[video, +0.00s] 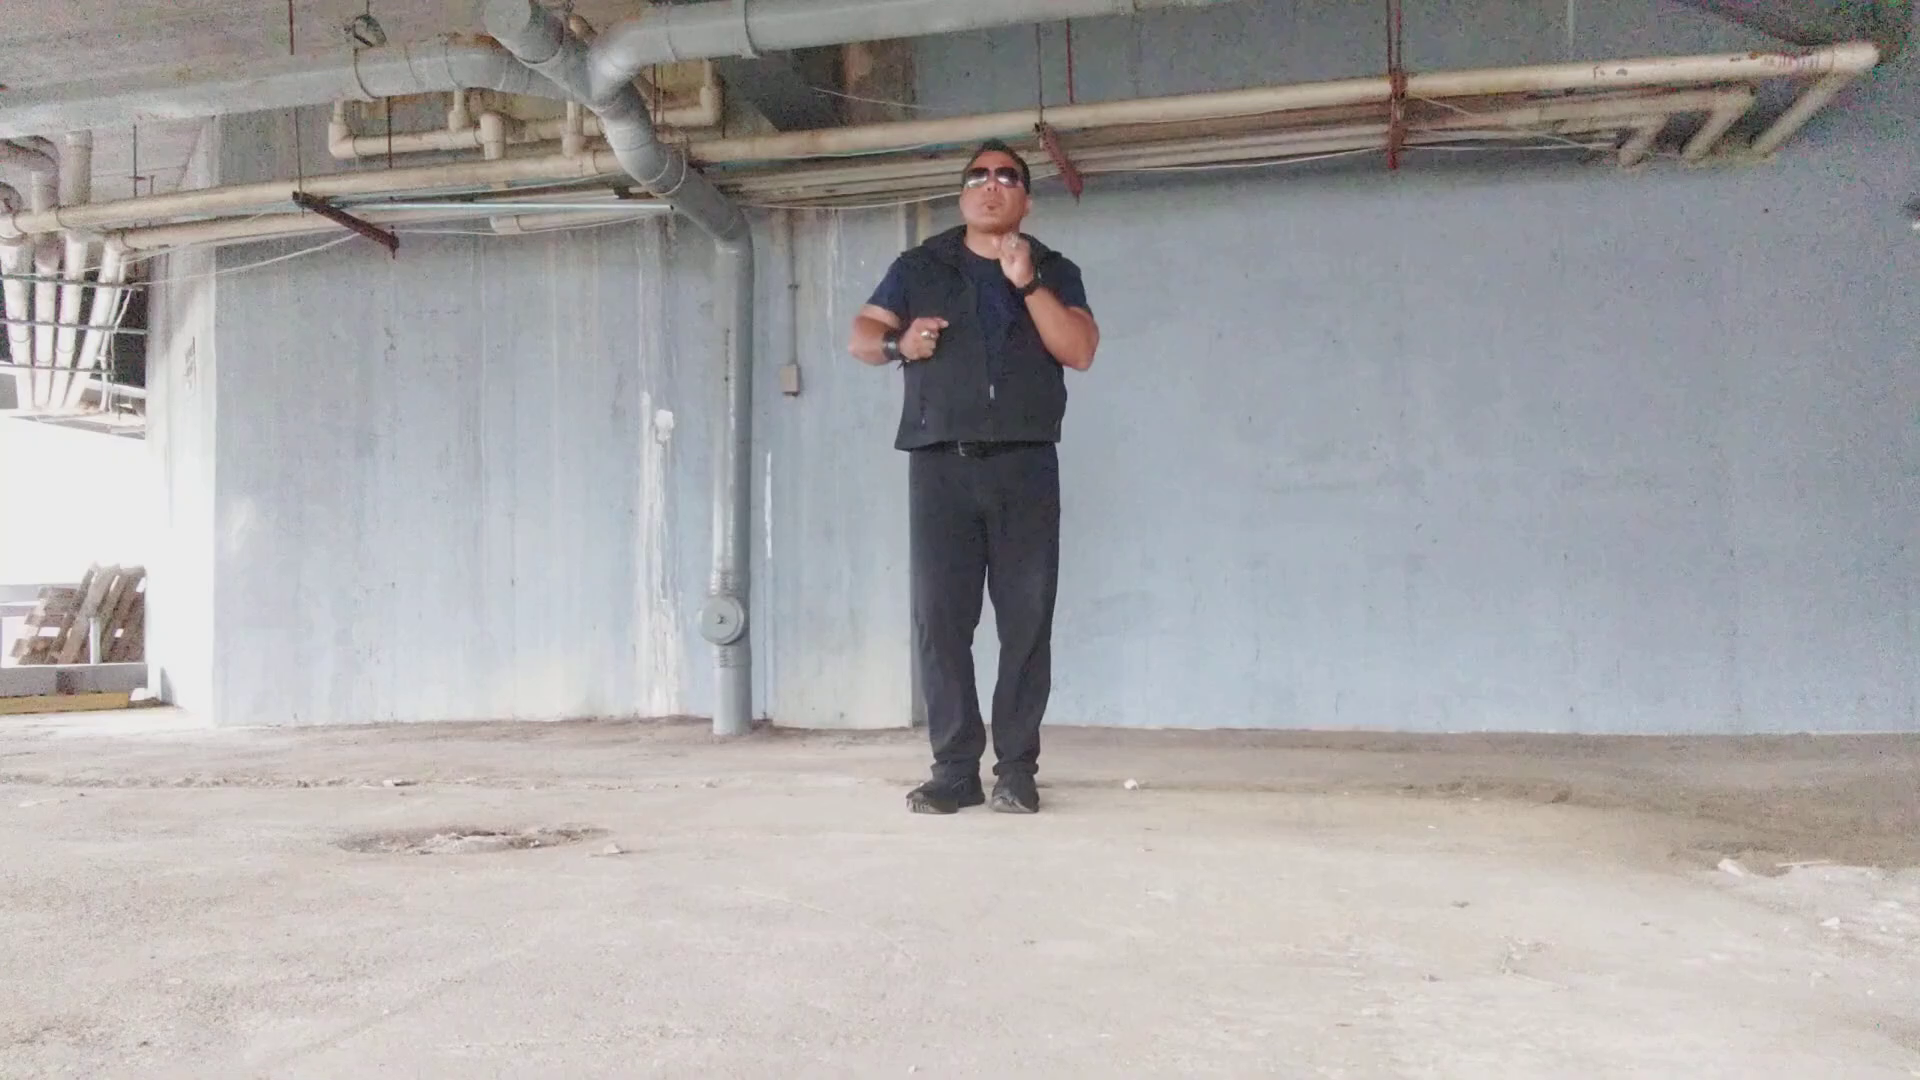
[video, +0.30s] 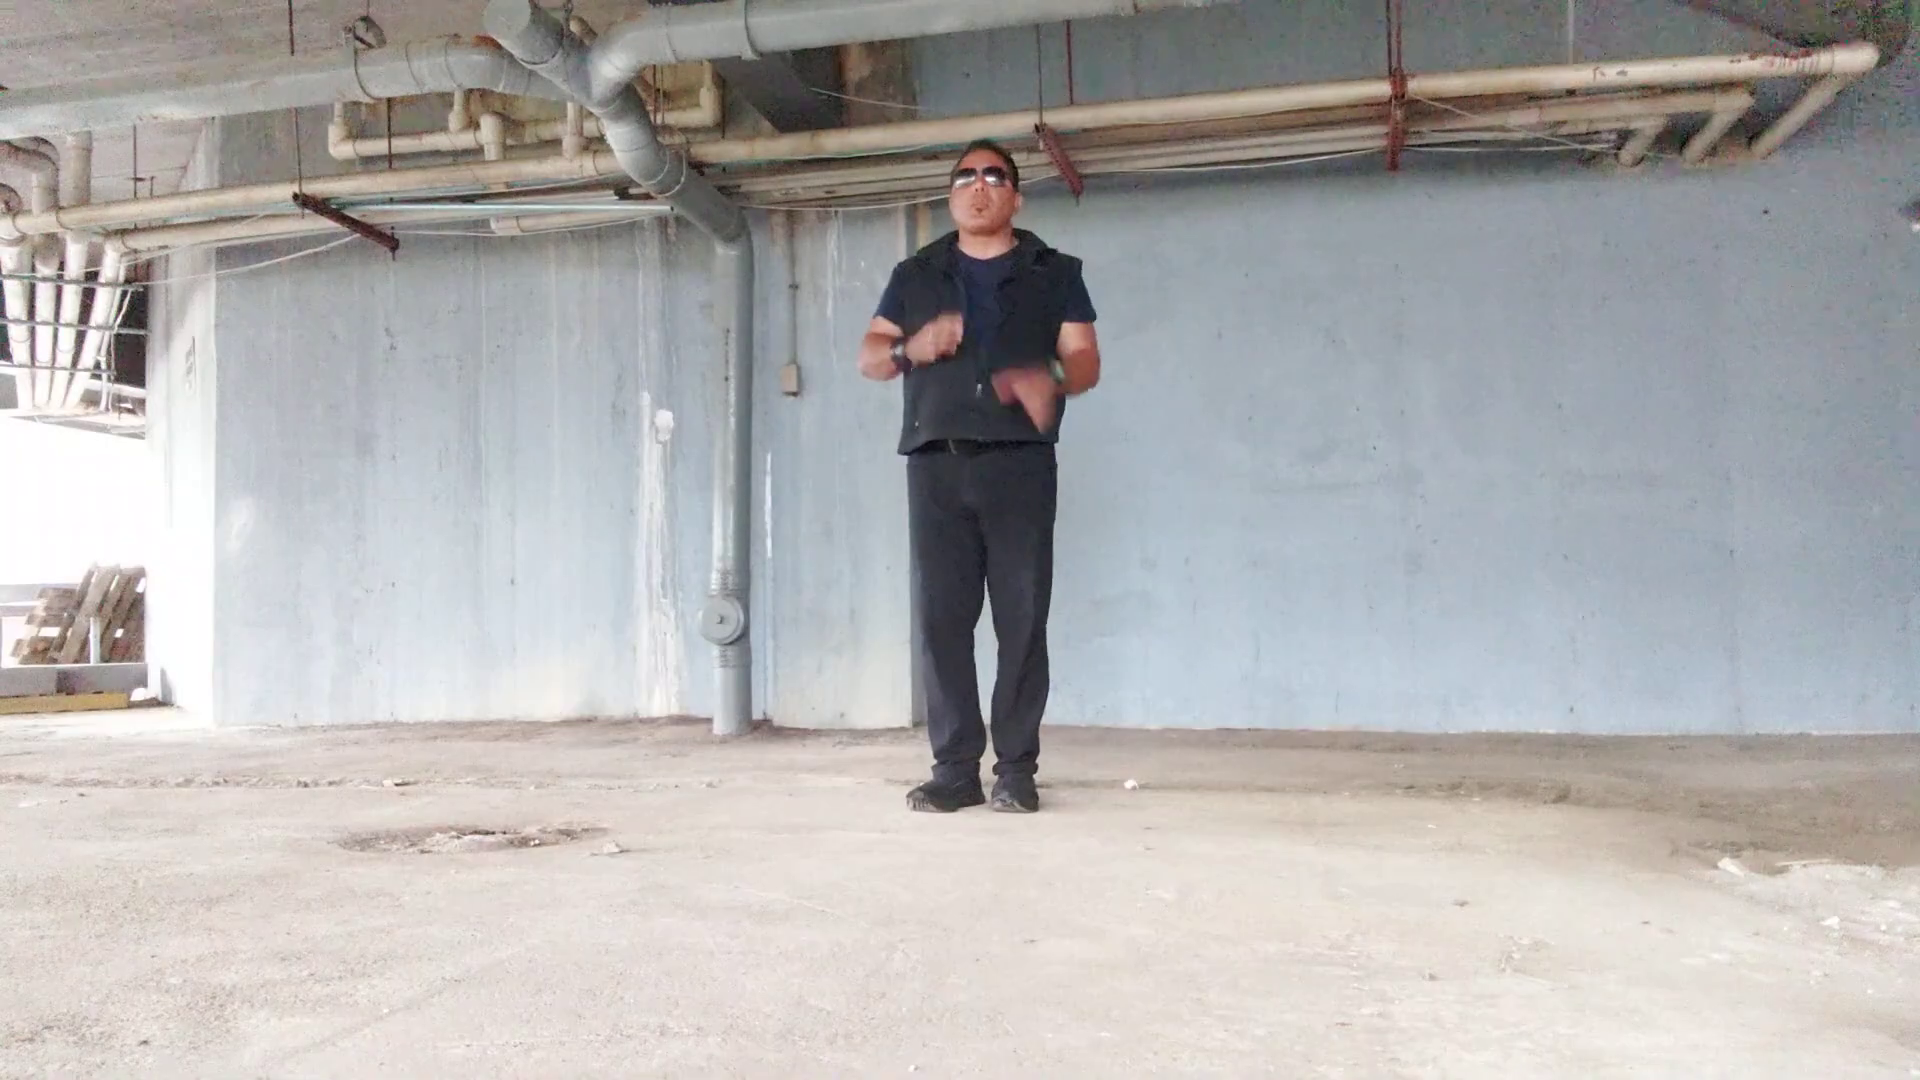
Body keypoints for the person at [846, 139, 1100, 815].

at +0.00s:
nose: (995, 186)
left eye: (1009, 178)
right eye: (982, 177)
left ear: (1027, 200)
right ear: (962, 196)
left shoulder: (1054, 270)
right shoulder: (920, 264)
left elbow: (1080, 351)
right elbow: (861, 338)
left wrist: (1029, 283)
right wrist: (898, 343)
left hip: (1024, 465)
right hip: (939, 466)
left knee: (1027, 622)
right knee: (940, 621)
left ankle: (1017, 768)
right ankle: (954, 770)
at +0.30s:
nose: (980, 186)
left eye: (995, 176)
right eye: (967, 177)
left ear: (1016, 197)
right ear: (950, 198)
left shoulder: (1053, 269)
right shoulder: (918, 271)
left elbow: (1086, 363)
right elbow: (871, 360)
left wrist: (1052, 377)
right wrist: (912, 346)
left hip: (1019, 465)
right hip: (935, 466)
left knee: (1021, 622)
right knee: (941, 621)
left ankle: (1015, 769)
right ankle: (954, 770)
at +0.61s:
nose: (974, 196)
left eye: (988, 185)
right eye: (961, 186)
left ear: (1011, 197)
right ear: (946, 199)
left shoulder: (1056, 265)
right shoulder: (920, 272)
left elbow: (1105, 334)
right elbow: (871, 352)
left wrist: (1088, 377)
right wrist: (924, 318)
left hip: (1012, 465)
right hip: (930, 466)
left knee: (1010, 618)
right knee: (933, 618)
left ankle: (1014, 771)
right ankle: (953, 771)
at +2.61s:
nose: (928, 220)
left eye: (939, 206)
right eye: (913, 206)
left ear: (948, 206)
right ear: (876, 205)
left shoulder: (968, 273)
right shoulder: (831, 279)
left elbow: (1003, 356)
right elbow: (820, 375)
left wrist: (1046, 429)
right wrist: (861, 352)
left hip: (943, 479)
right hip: (855, 485)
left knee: (963, 609)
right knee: (859, 629)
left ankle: (938, 737)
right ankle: (879, 786)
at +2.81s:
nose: (931, 216)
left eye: (936, 205)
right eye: (919, 204)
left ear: (935, 209)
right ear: (873, 203)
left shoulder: (938, 269)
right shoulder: (812, 271)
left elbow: (1016, 291)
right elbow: (747, 331)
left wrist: (925, 279)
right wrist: (768, 403)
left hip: (924, 477)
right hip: (845, 476)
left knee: (894, 627)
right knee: (854, 622)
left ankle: (828, 751)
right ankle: (863, 773)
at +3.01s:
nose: (923, 211)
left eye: (930, 199)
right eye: (909, 198)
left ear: (935, 204)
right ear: (866, 201)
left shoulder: (944, 274)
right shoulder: (808, 268)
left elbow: (1004, 348)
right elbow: (754, 351)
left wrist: (941, 326)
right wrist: (779, 421)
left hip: (914, 483)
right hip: (831, 481)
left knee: (923, 623)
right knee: (841, 623)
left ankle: (850, 722)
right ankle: (850, 779)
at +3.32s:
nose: (879, 180)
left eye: (894, 166)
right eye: (864, 168)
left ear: (919, 175)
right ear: (847, 180)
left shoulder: (965, 240)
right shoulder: (823, 249)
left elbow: (1035, 298)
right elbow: (737, 299)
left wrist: (1006, 344)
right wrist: (788, 257)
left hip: (948, 456)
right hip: (857, 463)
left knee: (971, 602)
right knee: (854, 618)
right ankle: (850, 777)